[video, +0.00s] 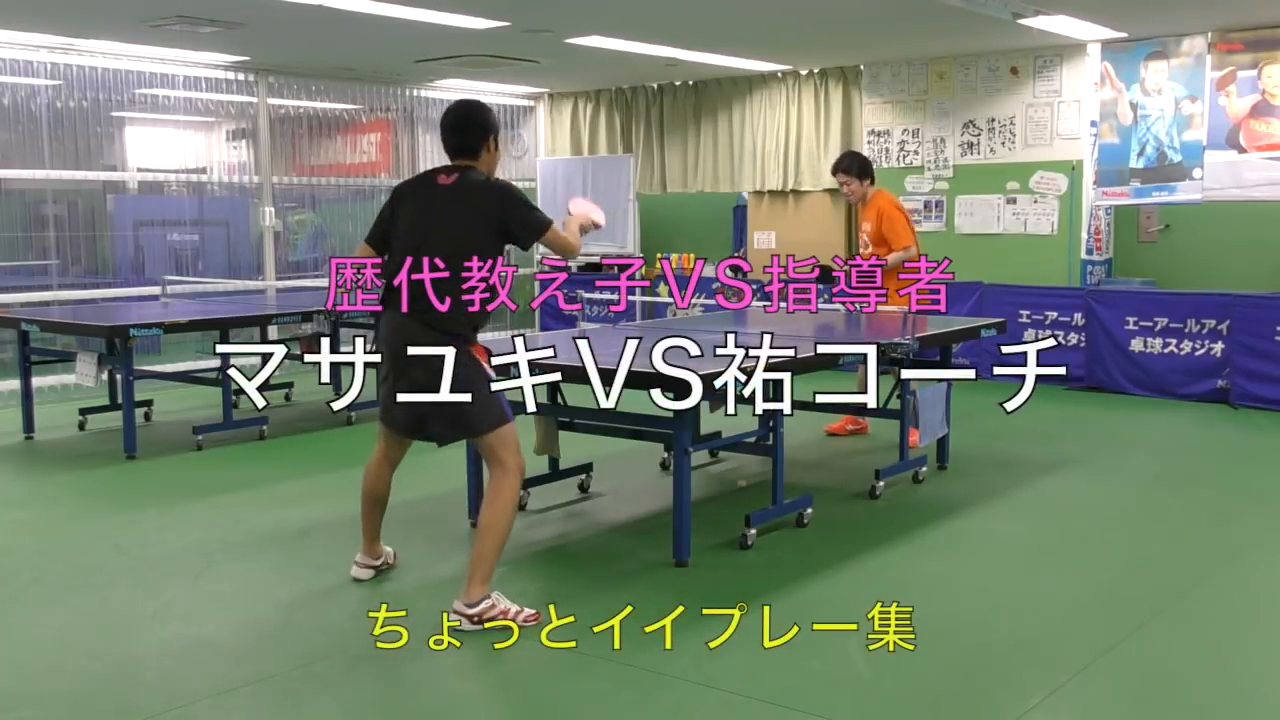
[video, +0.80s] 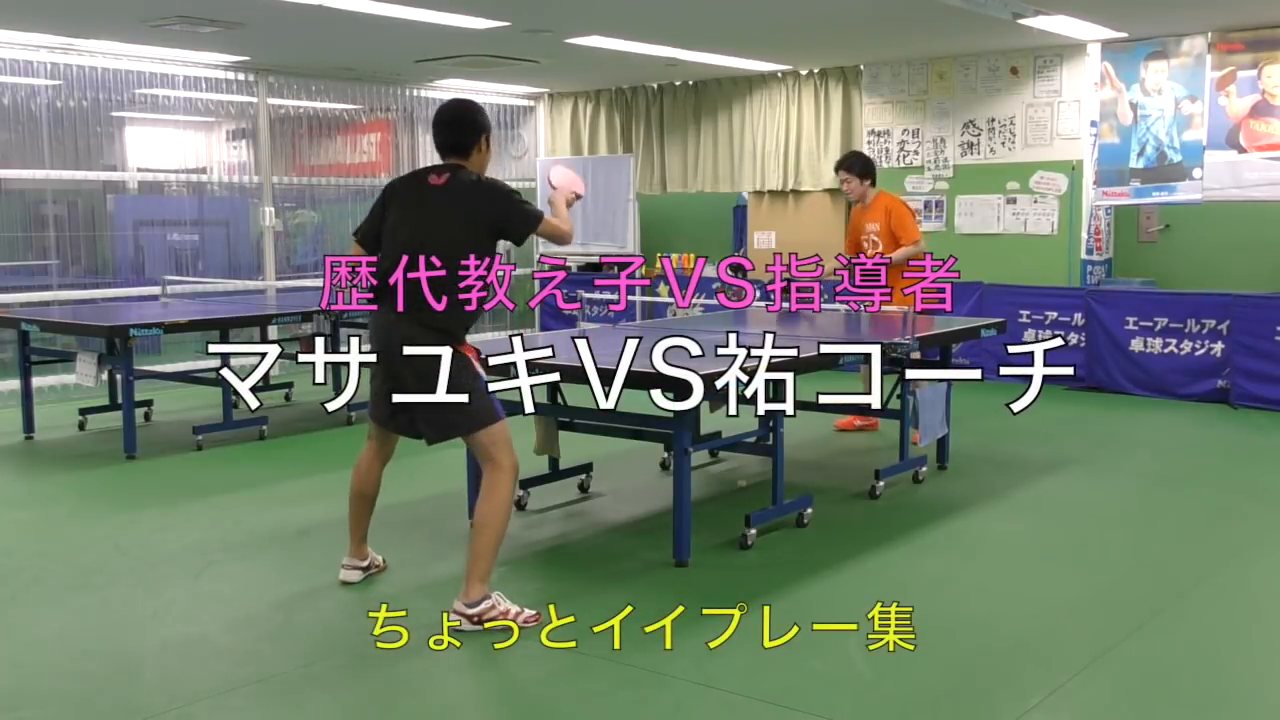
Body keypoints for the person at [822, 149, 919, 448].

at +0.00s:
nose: (844, 191)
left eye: (848, 184)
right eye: (841, 185)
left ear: (865, 179)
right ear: (845, 183)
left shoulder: (886, 206)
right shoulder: (866, 206)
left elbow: (909, 250)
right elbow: (873, 249)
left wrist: (876, 265)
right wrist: (854, 264)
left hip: (898, 298)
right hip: (876, 298)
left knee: (901, 363)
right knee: (867, 357)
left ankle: (913, 423)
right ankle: (857, 416)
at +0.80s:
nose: (843, 187)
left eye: (848, 181)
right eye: (841, 182)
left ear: (865, 179)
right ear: (848, 182)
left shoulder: (892, 205)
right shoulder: (856, 213)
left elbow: (916, 246)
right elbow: (848, 256)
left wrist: (883, 261)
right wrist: (823, 273)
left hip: (903, 298)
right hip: (872, 299)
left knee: (912, 360)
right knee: (868, 355)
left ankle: (923, 422)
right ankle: (867, 413)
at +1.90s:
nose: (846, 177)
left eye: (851, 170)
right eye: (843, 172)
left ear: (869, 170)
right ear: (842, 174)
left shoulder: (898, 199)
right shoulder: (848, 207)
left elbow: (919, 238)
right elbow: (830, 247)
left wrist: (886, 248)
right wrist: (819, 236)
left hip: (904, 296)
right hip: (868, 299)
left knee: (914, 359)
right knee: (866, 356)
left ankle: (923, 420)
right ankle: (866, 414)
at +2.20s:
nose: (851, 173)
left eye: (857, 167)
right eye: (848, 168)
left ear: (874, 168)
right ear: (845, 171)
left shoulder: (897, 198)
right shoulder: (852, 208)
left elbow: (917, 238)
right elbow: (849, 254)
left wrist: (886, 247)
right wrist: (824, 276)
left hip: (902, 296)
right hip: (868, 297)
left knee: (913, 358)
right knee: (868, 354)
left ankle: (926, 419)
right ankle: (867, 412)